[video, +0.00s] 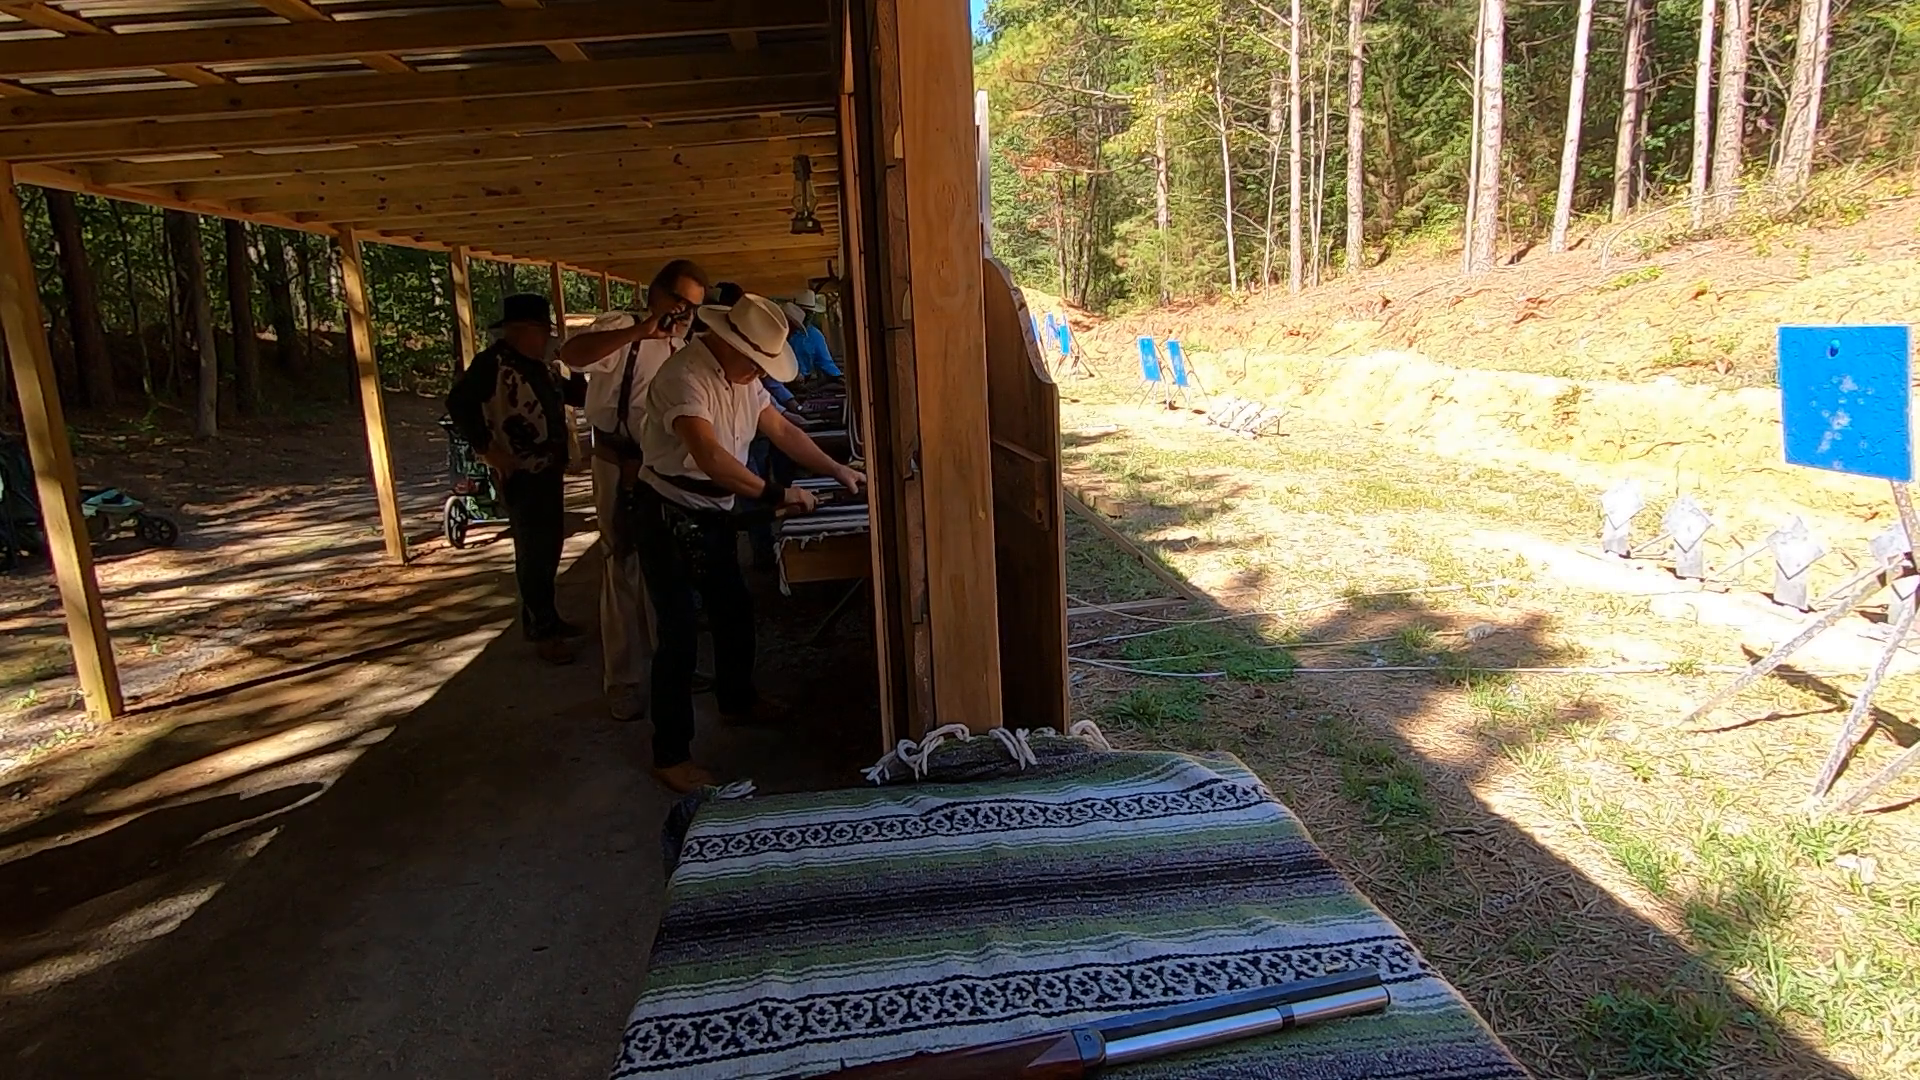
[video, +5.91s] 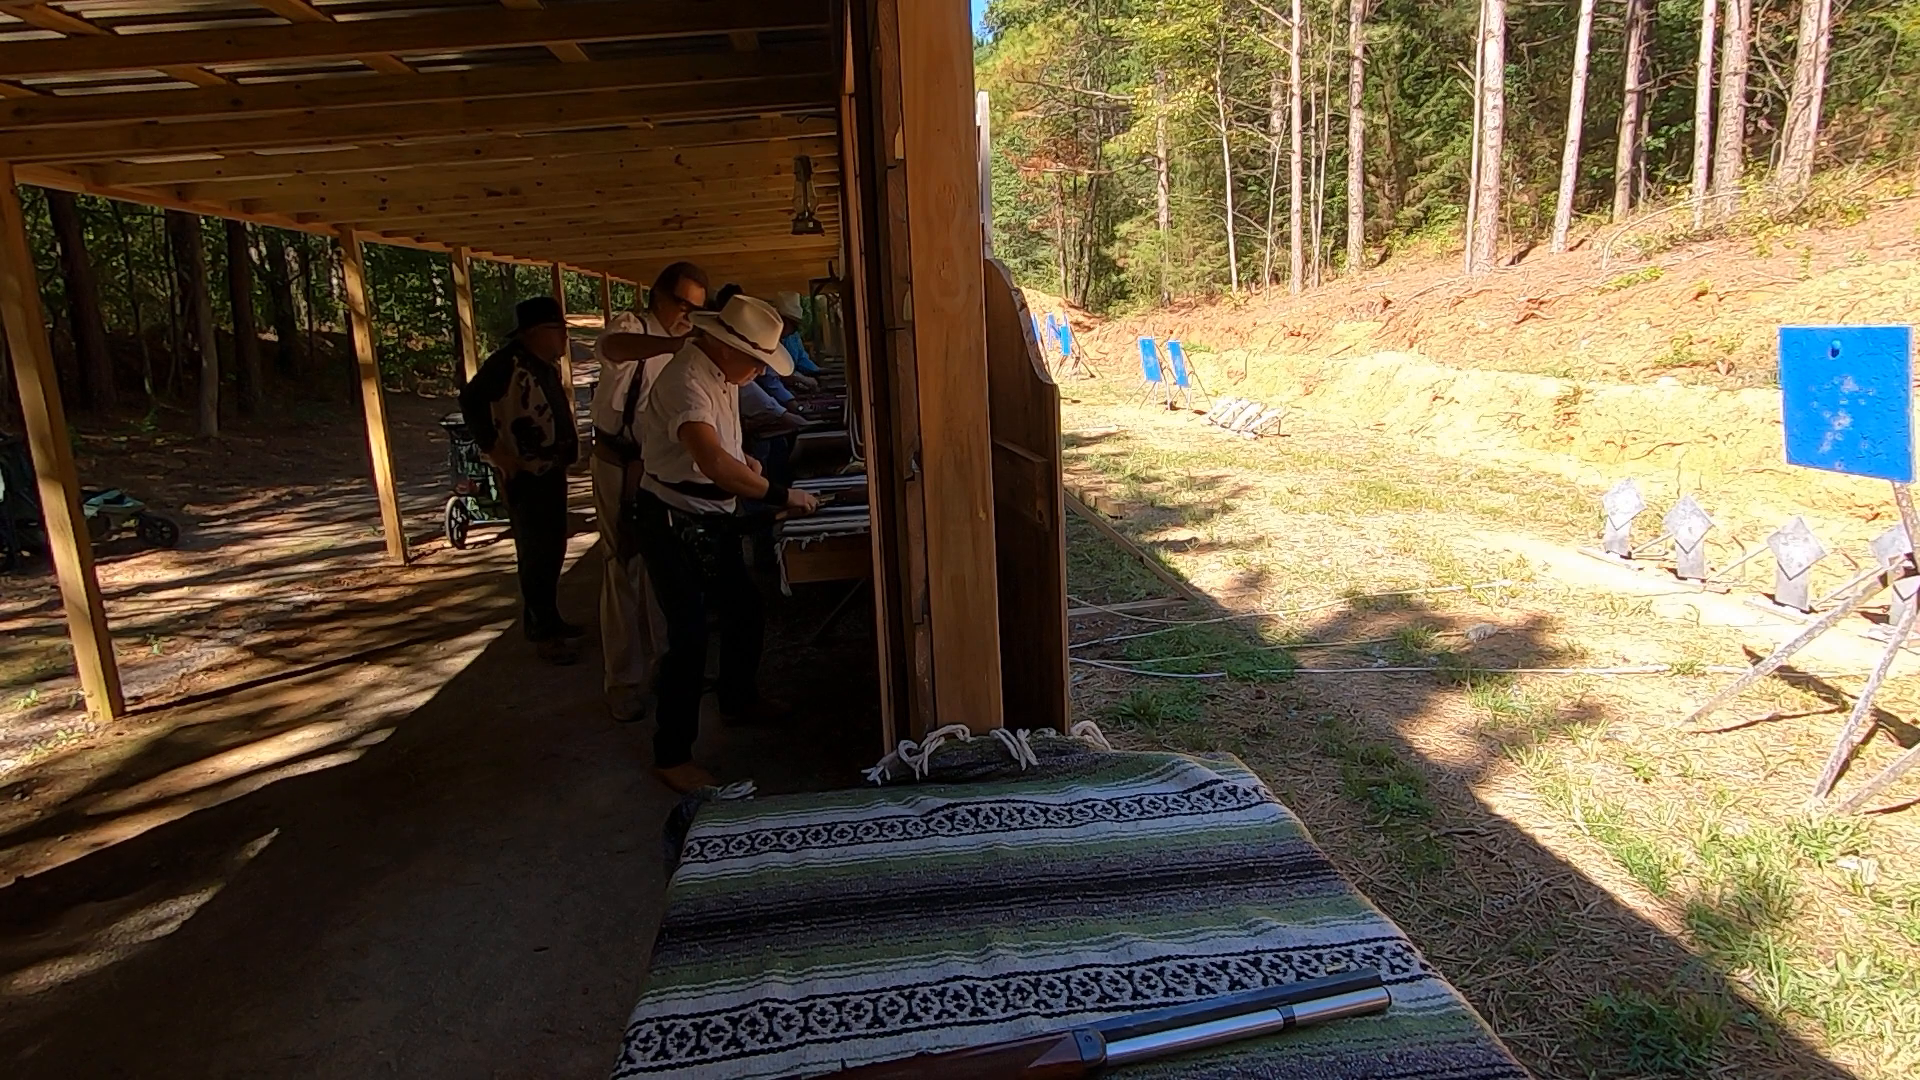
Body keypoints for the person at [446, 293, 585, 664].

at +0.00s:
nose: (548, 337)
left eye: (547, 330)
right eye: (542, 329)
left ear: (532, 330)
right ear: (520, 330)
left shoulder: (540, 367)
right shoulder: (492, 362)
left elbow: (573, 391)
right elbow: (460, 403)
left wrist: (609, 388)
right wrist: (487, 449)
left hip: (548, 470)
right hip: (520, 473)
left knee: (549, 547)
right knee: (533, 550)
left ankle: (547, 619)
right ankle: (540, 630)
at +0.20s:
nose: (550, 340)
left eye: (550, 332)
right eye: (545, 331)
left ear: (532, 330)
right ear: (524, 330)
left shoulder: (538, 366)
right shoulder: (493, 363)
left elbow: (560, 392)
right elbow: (459, 402)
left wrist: (580, 416)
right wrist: (484, 448)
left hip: (548, 471)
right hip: (520, 474)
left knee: (550, 547)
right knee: (532, 551)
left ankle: (547, 618)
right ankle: (540, 630)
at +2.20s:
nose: (561, 338)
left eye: (561, 330)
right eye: (555, 330)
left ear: (547, 332)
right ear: (533, 331)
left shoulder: (545, 364)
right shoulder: (505, 361)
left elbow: (549, 409)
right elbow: (468, 399)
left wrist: (564, 446)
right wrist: (490, 447)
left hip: (551, 472)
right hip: (525, 475)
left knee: (551, 550)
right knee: (536, 553)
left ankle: (549, 620)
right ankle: (541, 631)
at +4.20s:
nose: (562, 338)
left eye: (562, 330)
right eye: (556, 330)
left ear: (543, 333)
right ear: (534, 332)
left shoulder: (544, 366)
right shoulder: (505, 362)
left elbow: (551, 412)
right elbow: (468, 399)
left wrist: (567, 447)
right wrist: (489, 448)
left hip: (551, 473)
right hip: (525, 475)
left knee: (552, 550)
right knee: (536, 552)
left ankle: (549, 621)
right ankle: (541, 630)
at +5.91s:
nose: (565, 337)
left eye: (564, 330)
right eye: (558, 330)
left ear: (546, 333)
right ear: (536, 332)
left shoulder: (546, 365)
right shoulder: (507, 362)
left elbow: (551, 411)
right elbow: (471, 399)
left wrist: (565, 449)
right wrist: (493, 448)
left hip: (551, 472)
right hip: (525, 475)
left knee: (552, 550)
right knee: (536, 552)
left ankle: (549, 621)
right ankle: (541, 632)